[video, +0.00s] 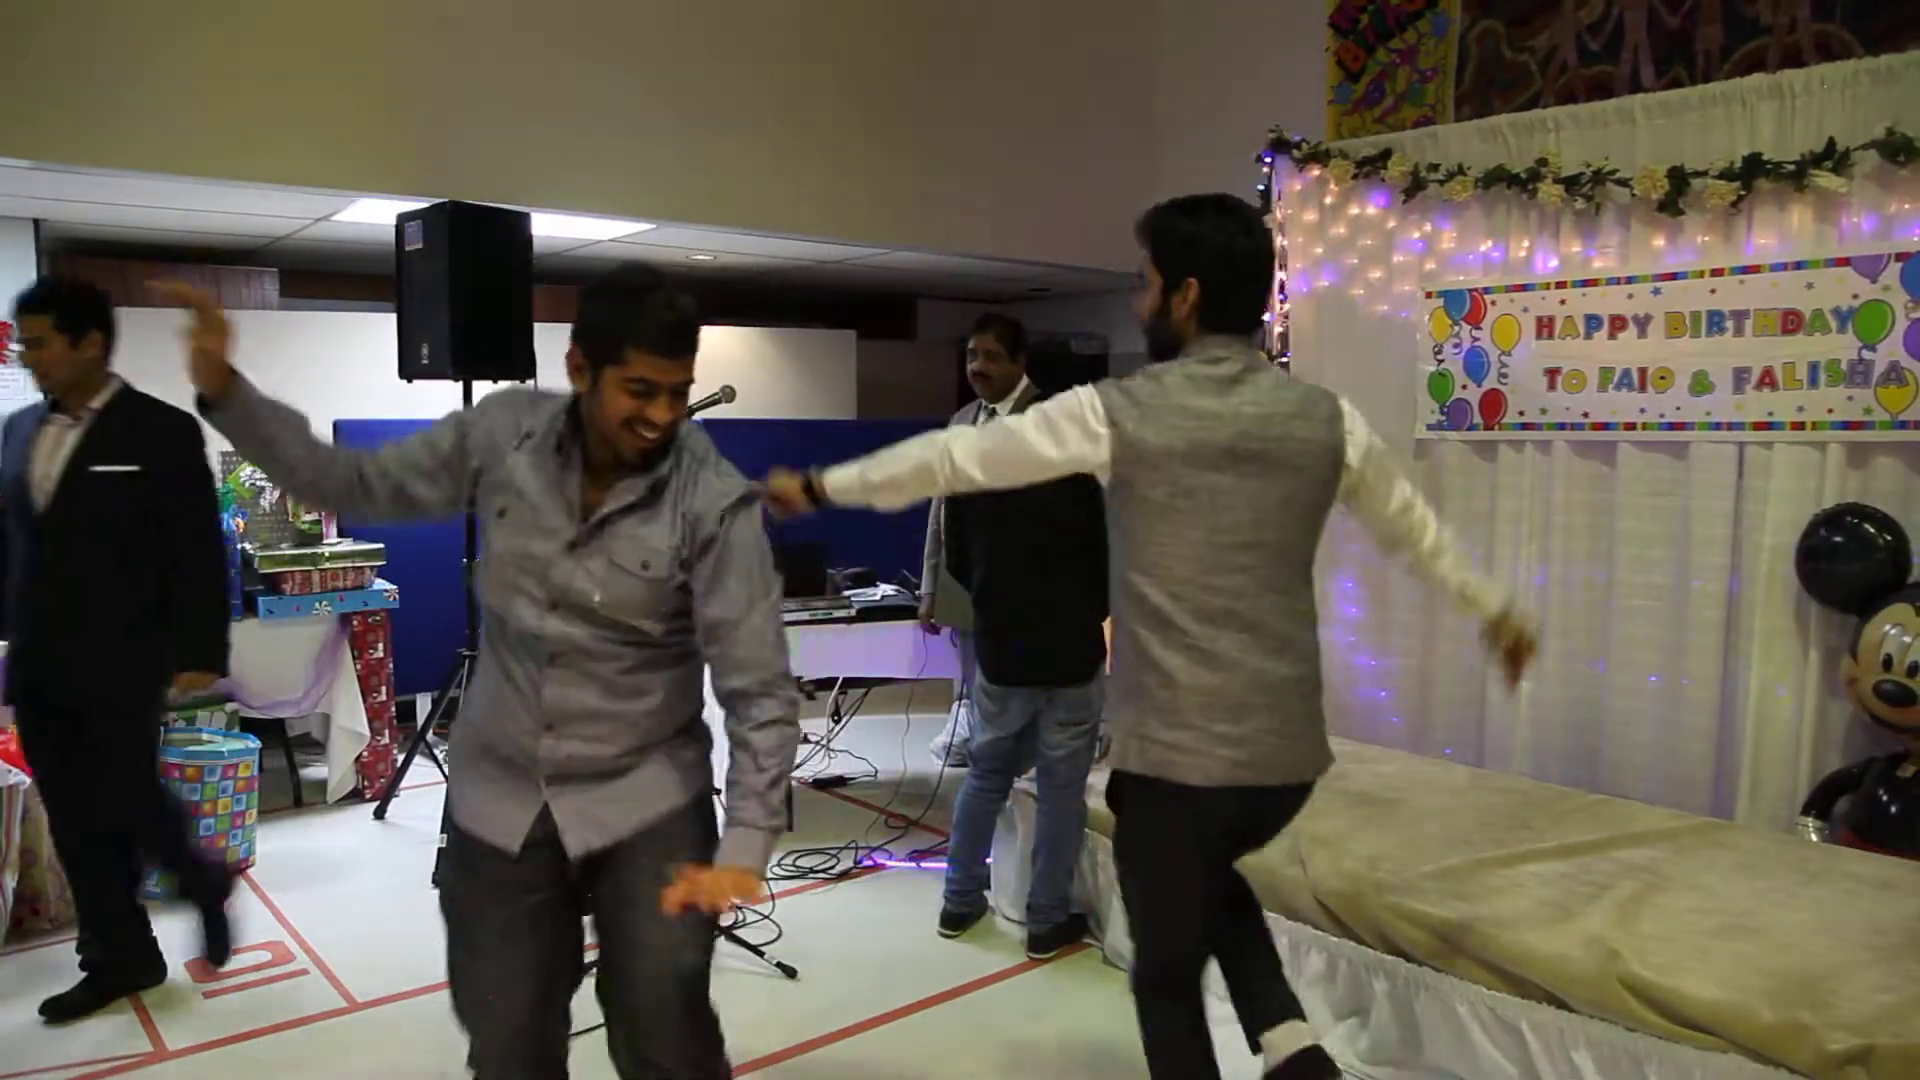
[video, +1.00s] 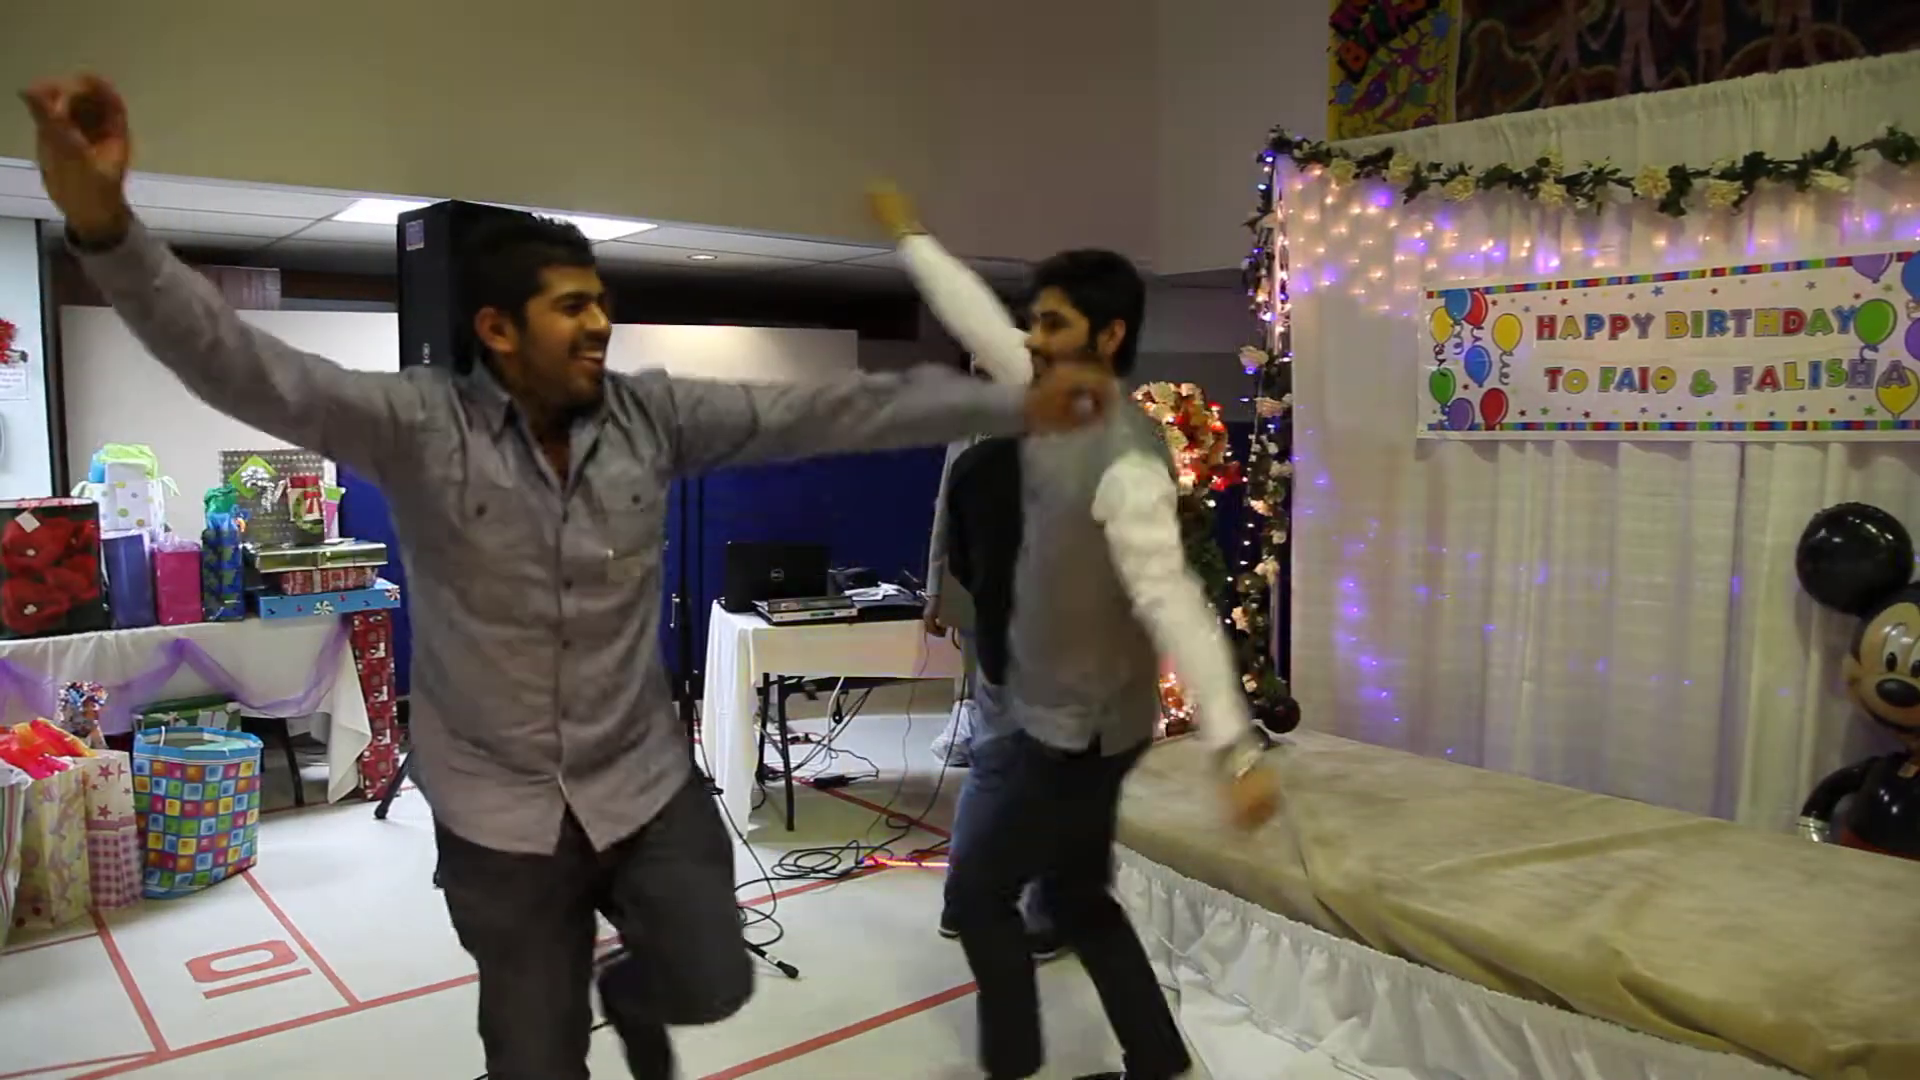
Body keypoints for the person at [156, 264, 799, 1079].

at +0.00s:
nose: (659, 415)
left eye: (679, 393)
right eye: (638, 390)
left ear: (695, 380)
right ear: (580, 366)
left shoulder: (713, 502)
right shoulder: (502, 432)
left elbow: (761, 696)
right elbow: (357, 484)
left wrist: (746, 849)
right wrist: (223, 388)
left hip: (646, 799)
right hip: (500, 797)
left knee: (661, 1039)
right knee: (509, 1052)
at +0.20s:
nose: (626, 414)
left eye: (638, 393)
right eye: (605, 393)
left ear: (649, 386)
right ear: (537, 381)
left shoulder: (683, 493)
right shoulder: (450, 457)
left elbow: (780, 609)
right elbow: (271, 435)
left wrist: (837, 690)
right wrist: (197, 283)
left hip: (646, 813)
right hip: (492, 825)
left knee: (702, 1045)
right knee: (509, 1063)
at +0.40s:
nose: (596, 351)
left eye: (603, 329)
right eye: (572, 330)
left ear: (607, 332)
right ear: (496, 334)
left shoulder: (644, 420)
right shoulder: (415, 415)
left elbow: (786, 499)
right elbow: (227, 357)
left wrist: (934, 583)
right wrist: (69, 231)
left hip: (642, 778)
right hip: (492, 797)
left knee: (696, 998)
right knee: (533, 1053)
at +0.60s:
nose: (580, 344)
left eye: (586, 321)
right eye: (553, 324)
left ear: (594, 328)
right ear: (480, 338)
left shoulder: (643, 428)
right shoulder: (413, 438)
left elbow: (795, 495)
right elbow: (239, 479)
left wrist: (929, 532)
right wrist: (102, 396)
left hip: (628, 789)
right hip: (487, 809)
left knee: (643, 990)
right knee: (546, 1045)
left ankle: (528, 1062)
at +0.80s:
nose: (580, 351)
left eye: (581, 331)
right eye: (553, 335)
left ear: (590, 344)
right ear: (478, 359)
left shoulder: (648, 455)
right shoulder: (406, 474)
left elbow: (800, 499)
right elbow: (217, 519)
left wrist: (910, 437)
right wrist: (162, 362)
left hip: (631, 814)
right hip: (491, 831)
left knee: (658, 1008)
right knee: (553, 1059)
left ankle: (528, 1019)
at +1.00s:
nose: (599, 330)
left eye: (602, 309)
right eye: (572, 312)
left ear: (604, 324)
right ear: (494, 331)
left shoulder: (653, 415)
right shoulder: (416, 423)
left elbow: (835, 409)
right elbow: (246, 370)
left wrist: (1019, 401)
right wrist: (108, 232)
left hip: (649, 782)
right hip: (499, 809)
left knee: (711, 979)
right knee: (537, 1060)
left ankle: (621, 998)